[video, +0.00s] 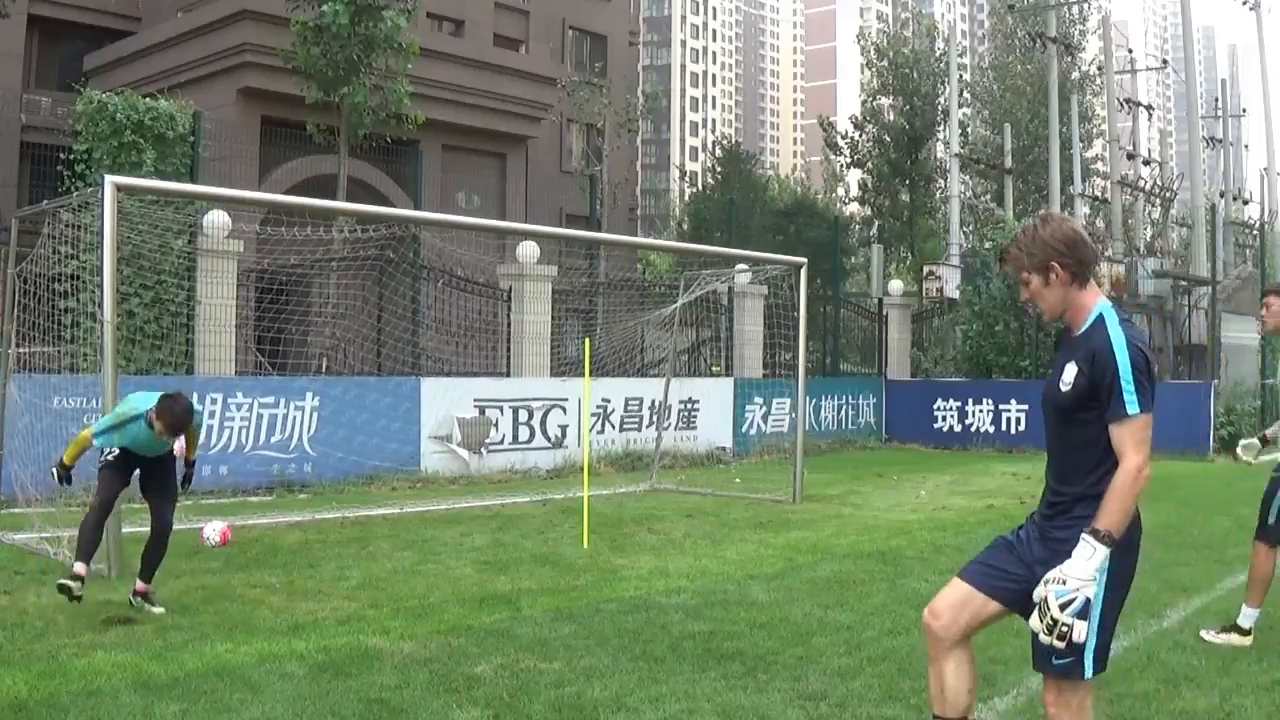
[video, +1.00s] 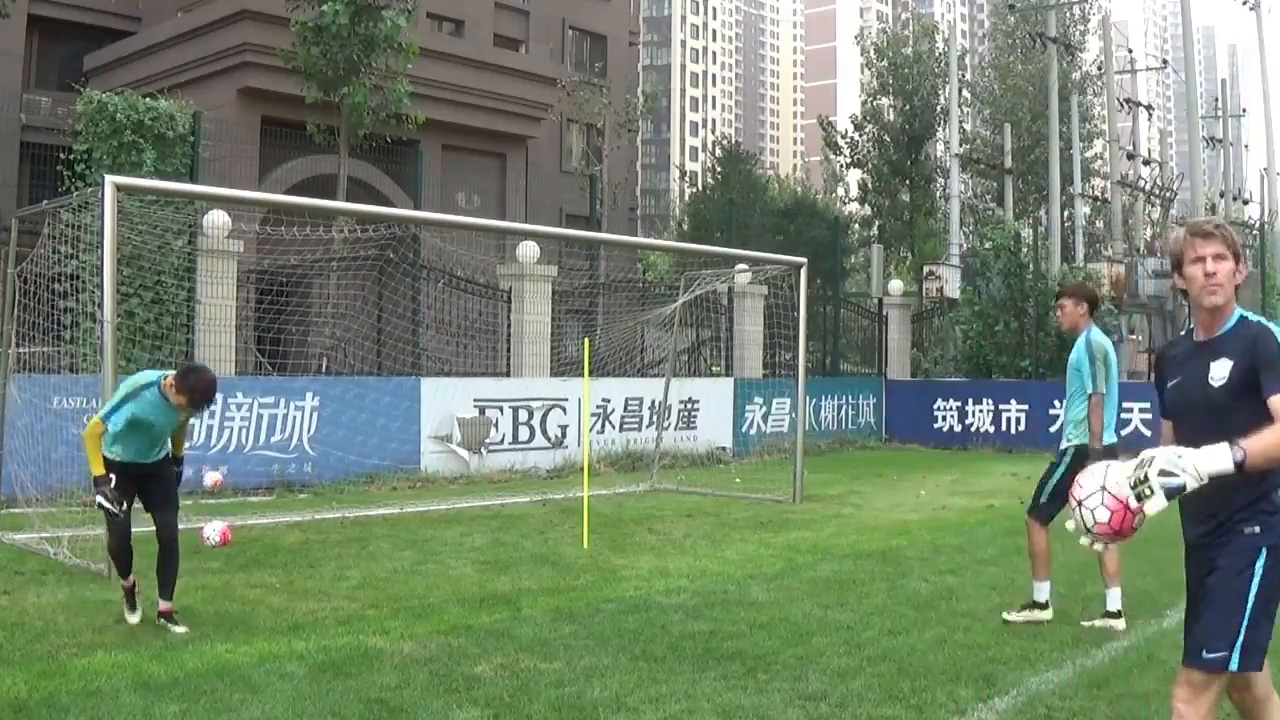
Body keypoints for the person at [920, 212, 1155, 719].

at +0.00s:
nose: (1023, 296)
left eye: (1026, 282)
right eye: (1020, 284)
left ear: (1058, 274)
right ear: (1057, 276)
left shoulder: (1114, 345)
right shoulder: (1077, 337)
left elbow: (1136, 463)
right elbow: (1086, 450)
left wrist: (1091, 553)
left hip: (1091, 542)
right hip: (1048, 528)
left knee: (1065, 700)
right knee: (943, 622)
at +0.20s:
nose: (1005, 328)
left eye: (1005, 315)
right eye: (1000, 318)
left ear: (1034, 299)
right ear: (1034, 301)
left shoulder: (1097, 364)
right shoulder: (1066, 353)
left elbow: (1119, 483)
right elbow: (1073, 458)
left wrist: (1070, 575)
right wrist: (1027, 505)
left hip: (1099, 550)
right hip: (1062, 536)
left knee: (1028, 706)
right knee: (980, 661)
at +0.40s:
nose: (973, 335)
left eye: (972, 322)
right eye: (967, 324)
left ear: (1000, 307)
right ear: (1002, 307)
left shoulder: (1064, 352)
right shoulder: (1050, 347)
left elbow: (1084, 483)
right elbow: (1041, 438)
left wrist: (1034, 575)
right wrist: (980, 503)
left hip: (1147, 518)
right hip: (1120, 516)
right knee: (1081, 660)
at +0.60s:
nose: (1010, 315)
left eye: (1014, 302)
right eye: (1010, 303)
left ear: (1046, 307)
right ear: (1049, 307)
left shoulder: (1097, 369)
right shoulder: (1080, 363)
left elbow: (1039, 487)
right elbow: (1031, 450)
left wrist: (945, 517)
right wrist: (942, 478)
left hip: (1162, 540)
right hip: (1156, 534)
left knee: (1082, 696)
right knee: (1132, 687)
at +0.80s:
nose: (1115, 287)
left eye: (1128, 273)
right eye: (1107, 278)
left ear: (1163, 280)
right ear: (1102, 286)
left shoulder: (1180, 352)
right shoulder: (1127, 352)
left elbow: (1142, 460)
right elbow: (1105, 445)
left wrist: (1040, 466)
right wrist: (1021, 459)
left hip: (1183, 542)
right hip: (1164, 539)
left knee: (1090, 695)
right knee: (1209, 691)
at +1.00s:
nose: (1210, 270)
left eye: (1220, 259)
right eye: (1197, 262)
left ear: (1238, 271)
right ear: (1180, 278)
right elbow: (1171, 448)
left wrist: (1211, 460)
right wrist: (1126, 497)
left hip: (1256, 524)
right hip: (1203, 529)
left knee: (1191, 697)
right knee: (1247, 684)